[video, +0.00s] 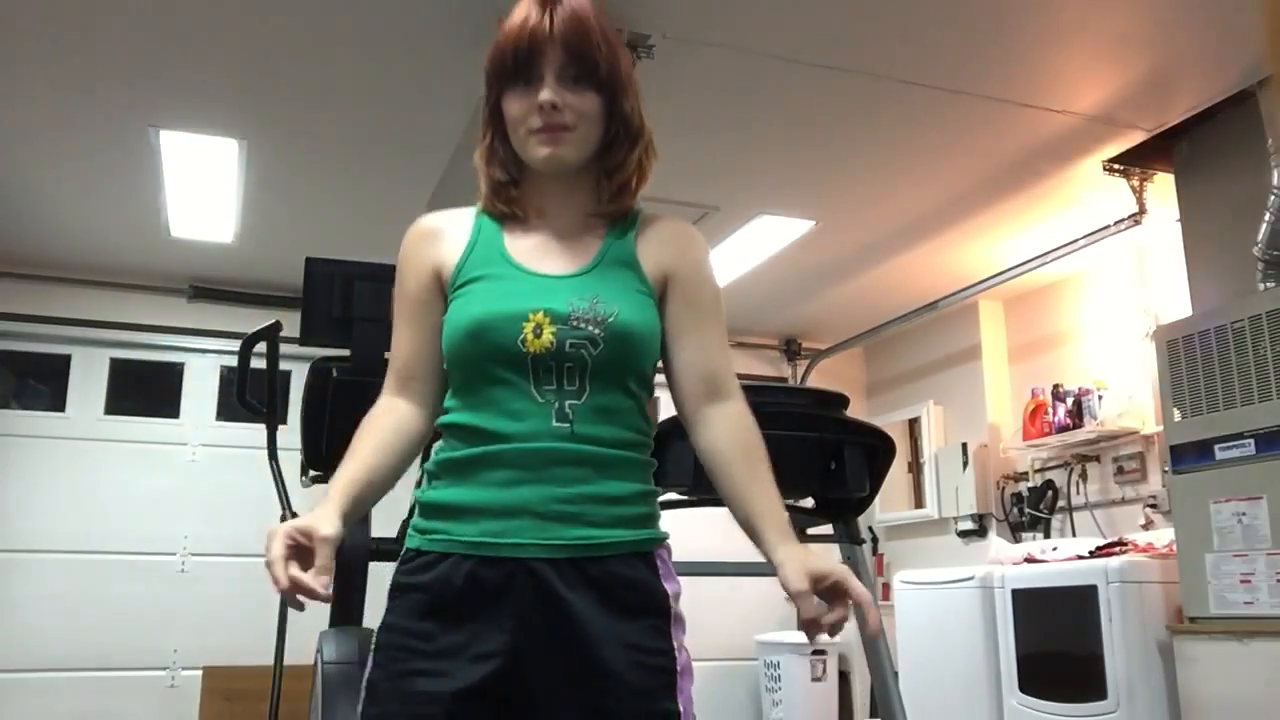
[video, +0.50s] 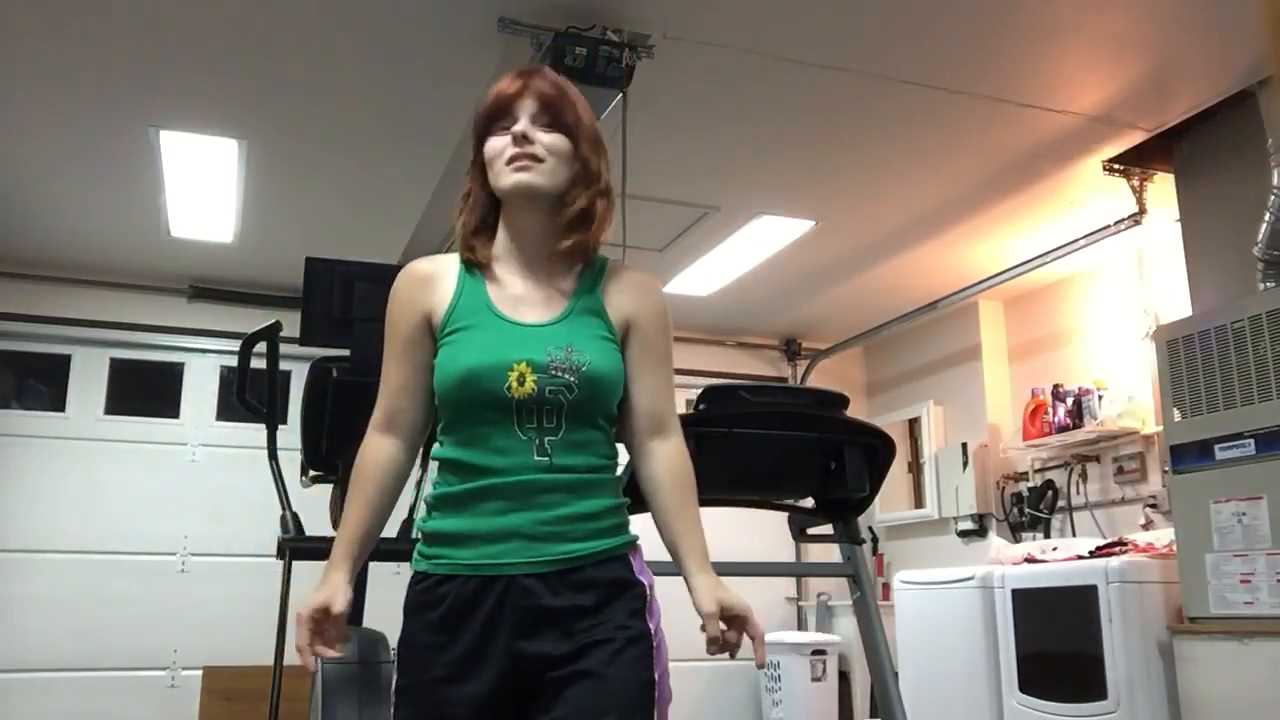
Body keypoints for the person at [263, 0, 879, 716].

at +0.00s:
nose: (549, 102)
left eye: (575, 81)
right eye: (525, 83)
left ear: (614, 101)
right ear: (498, 105)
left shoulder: (668, 247)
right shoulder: (439, 241)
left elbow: (715, 405)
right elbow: (405, 398)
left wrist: (788, 551)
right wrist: (331, 508)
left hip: (610, 597)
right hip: (450, 589)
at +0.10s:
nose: (543, 120)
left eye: (567, 101)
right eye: (521, 102)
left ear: (605, 124)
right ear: (494, 126)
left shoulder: (655, 261)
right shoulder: (437, 255)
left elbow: (697, 417)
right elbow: (403, 406)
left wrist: (770, 559)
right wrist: (334, 518)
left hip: (601, 594)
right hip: (450, 592)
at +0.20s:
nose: (536, 140)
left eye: (562, 122)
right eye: (514, 122)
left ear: (597, 144)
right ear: (487, 141)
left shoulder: (639, 279)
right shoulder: (427, 271)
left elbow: (678, 431)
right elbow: (395, 421)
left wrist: (744, 573)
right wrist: (335, 539)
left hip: (598, 603)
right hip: (451, 605)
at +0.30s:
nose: (520, 137)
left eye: (547, 120)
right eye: (499, 123)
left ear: (585, 147)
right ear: (478, 152)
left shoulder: (632, 279)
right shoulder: (424, 277)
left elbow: (663, 432)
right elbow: (390, 428)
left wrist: (714, 572)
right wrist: (331, 558)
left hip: (598, 603)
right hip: (453, 605)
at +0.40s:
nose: (505, 135)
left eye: (529, 120)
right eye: (488, 128)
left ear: (576, 147)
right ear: (474, 163)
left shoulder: (631, 286)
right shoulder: (426, 281)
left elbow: (659, 435)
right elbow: (389, 431)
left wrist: (702, 575)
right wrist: (333, 571)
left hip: (598, 602)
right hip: (455, 605)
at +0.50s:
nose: (521, 135)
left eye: (547, 125)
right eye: (503, 128)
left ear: (584, 158)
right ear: (482, 163)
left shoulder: (630, 294)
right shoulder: (428, 285)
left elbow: (658, 439)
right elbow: (392, 433)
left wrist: (702, 579)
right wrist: (340, 570)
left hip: (596, 602)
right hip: (455, 603)